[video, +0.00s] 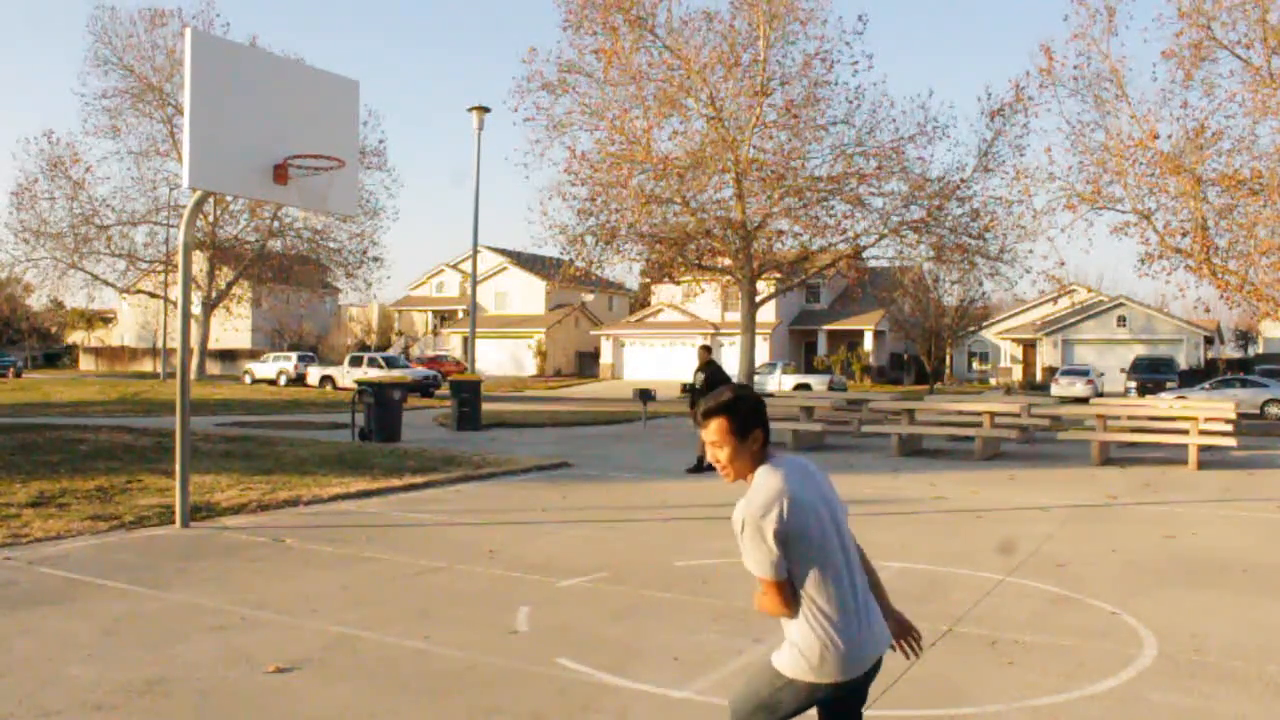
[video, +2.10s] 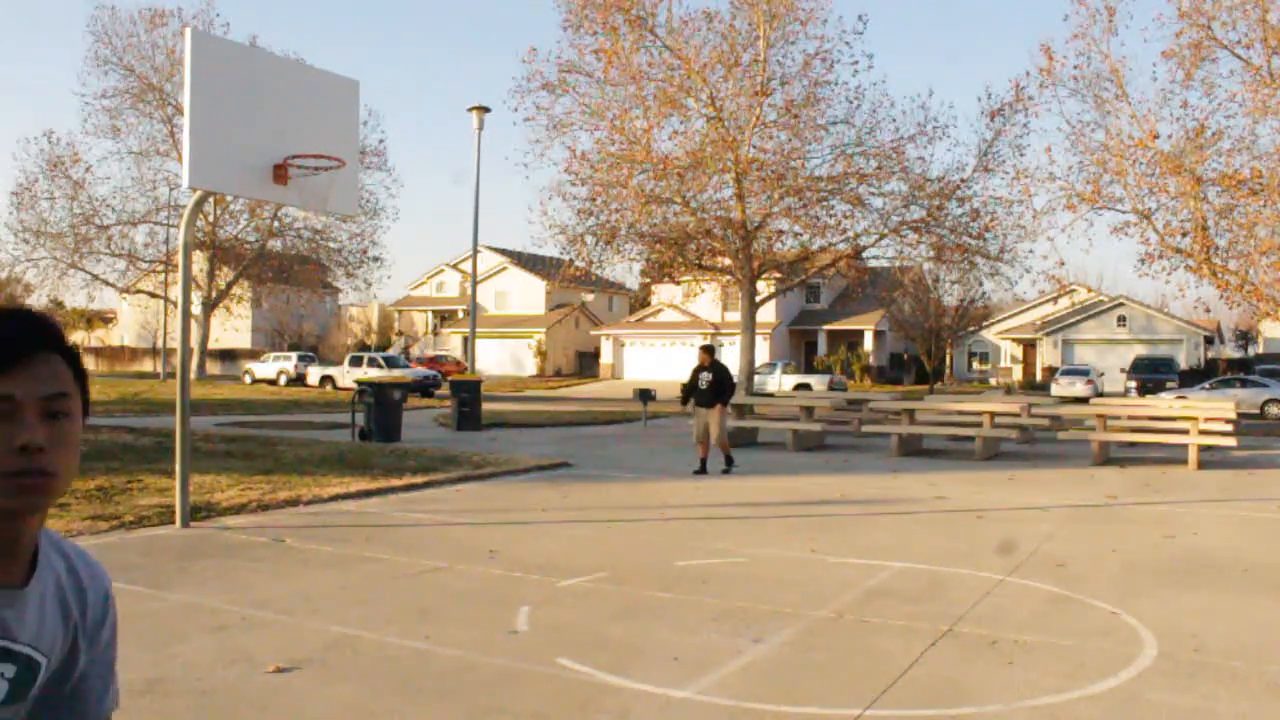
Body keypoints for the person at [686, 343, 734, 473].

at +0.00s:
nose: (699, 356)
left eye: (701, 353)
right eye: (699, 353)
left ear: (706, 354)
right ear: (708, 354)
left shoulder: (702, 370)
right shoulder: (717, 367)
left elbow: (697, 390)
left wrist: (692, 406)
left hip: (707, 407)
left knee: (703, 435)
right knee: (714, 436)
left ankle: (700, 461)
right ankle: (713, 461)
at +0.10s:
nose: (701, 355)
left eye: (703, 353)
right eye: (700, 353)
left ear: (709, 354)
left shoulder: (717, 368)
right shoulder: (698, 369)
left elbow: (730, 384)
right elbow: (694, 387)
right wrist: (690, 404)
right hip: (699, 404)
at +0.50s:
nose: (702, 357)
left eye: (705, 354)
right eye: (701, 354)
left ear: (711, 354)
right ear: (701, 355)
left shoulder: (722, 368)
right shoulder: (699, 370)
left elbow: (733, 384)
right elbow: (693, 386)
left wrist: (727, 400)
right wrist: (686, 388)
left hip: (718, 405)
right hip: (704, 406)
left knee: (718, 436)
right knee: (709, 437)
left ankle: (725, 463)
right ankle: (712, 462)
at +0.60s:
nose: (703, 357)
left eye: (705, 354)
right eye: (702, 354)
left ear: (711, 354)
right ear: (702, 355)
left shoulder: (722, 368)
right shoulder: (701, 370)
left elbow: (733, 385)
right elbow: (691, 382)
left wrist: (727, 400)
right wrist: (693, 371)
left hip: (718, 406)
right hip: (705, 406)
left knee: (720, 437)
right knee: (710, 438)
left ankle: (729, 464)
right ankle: (712, 463)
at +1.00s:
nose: (710, 357)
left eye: (712, 354)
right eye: (709, 353)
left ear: (719, 355)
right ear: (711, 355)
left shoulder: (731, 370)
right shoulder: (707, 370)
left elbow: (738, 388)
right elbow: (700, 385)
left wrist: (732, 403)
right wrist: (689, 388)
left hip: (724, 408)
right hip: (709, 407)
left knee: (725, 438)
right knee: (712, 438)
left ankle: (729, 464)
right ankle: (713, 462)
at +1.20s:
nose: (712, 356)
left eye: (714, 354)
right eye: (712, 353)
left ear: (720, 355)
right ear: (718, 355)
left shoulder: (735, 371)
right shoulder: (712, 369)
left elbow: (741, 390)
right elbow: (705, 388)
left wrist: (739, 406)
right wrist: (702, 403)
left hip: (727, 408)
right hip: (711, 407)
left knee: (728, 438)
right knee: (708, 438)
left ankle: (730, 464)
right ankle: (711, 461)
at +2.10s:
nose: (700, 357)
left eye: (702, 354)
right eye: (700, 354)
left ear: (708, 355)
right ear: (703, 355)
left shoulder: (720, 369)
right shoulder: (698, 370)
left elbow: (730, 386)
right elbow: (691, 386)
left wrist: (723, 403)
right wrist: (684, 400)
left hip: (716, 407)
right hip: (700, 407)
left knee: (718, 437)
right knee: (701, 438)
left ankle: (728, 459)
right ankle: (702, 465)